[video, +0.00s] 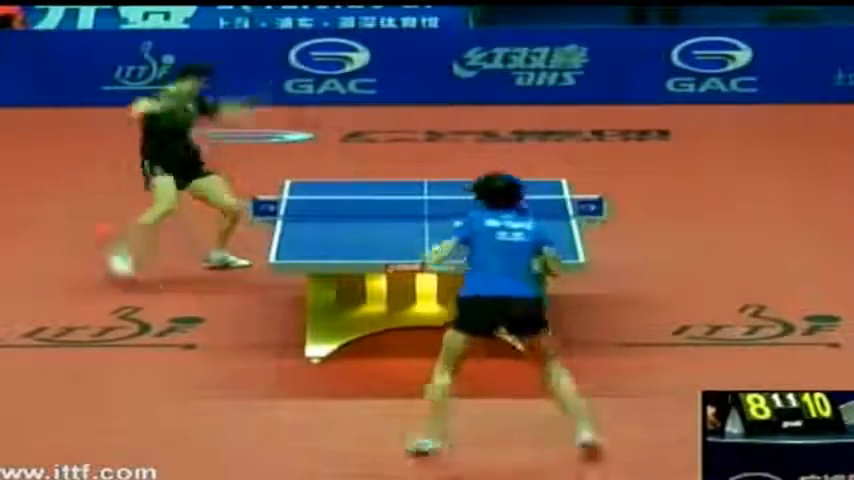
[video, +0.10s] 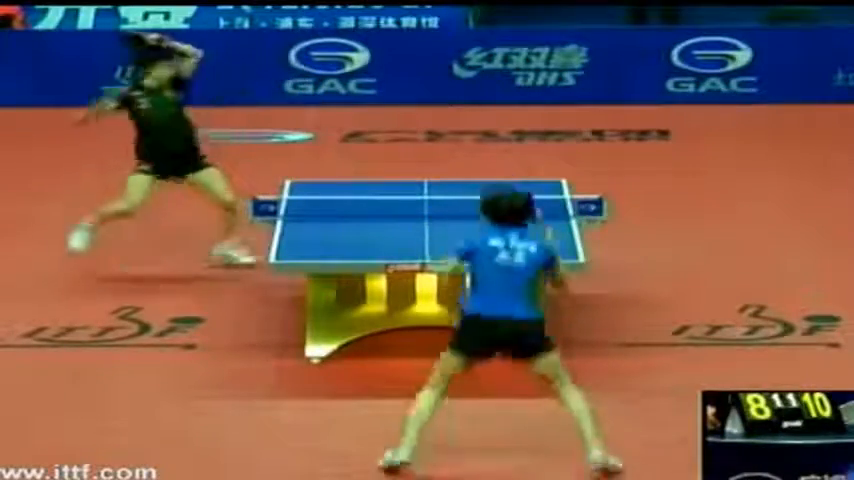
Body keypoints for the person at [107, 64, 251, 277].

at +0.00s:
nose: (196, 88)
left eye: (199, 84)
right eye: (193, 83)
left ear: (199, 86)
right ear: (182, 82)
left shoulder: (195, 101)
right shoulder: (163, 100)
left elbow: (216, 112)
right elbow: (146, 106)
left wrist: (242, 112)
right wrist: (142, 108)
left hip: (187, 163)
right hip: (160, 163)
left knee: (231, 208)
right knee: (166, 205)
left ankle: (218, 253)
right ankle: (123, 252)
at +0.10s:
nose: (168, 72)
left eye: (169, 68)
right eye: (163, 68)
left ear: (171, 70)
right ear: (151, 69)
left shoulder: (176, 87)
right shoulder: (133, 96)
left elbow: (194, 57)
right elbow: (108, 106)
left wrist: (166, 44)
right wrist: (92, 113)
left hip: (188, 160)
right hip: (151, 163)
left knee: (230, 201)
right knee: (130, 206)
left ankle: (227, 246)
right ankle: (88, 226)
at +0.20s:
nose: (147, 80)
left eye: (149, 74)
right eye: (141, 75)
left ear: (153, 75)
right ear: (128, 78)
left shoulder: (160, 90)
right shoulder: (116, 102)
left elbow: (180, 73)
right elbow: (94, 112)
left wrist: (178, 61)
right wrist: (81, 119)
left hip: (176, 155)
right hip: (140, 163)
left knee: (227, 196)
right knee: (112, 213)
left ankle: (249, 234)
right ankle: (72, 230)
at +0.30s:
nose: (134, 98)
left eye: (136, 93)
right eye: (129, 93)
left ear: (139, 94)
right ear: (116, 96)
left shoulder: (148, 110)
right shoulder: (101, 119)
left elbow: (174, 107)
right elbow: (73, 142)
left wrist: (187, 102)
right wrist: (76, 150)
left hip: (154, 170)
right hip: (119, 176)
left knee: (215, 190)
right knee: (96, 228)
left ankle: (257, 210)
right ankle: (64, 246)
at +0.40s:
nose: (136, 108)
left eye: (138, 102)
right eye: (131, 103)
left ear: (140, 104)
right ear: (117, 105)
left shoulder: (149, 120)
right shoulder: (101, 124)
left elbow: (178, 133)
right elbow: (79, 149)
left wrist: (188, 124)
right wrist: (98, 159)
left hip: (154, 171)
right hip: (120, 177)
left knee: (220, 192)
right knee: (96, 228)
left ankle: (263, 212)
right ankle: (63, 246)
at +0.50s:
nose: (167, 106)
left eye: (169, 101)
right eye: (162, 102)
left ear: (171, 104)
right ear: (149, 103)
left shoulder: (177, 121)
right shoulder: (131, 122)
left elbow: (192, 134)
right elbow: (112, 149)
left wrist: (207, 139)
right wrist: (142, 153)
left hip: (174, 172)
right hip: (138, 177)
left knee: (223, 199)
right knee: (105, 225)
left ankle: (267, 224)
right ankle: (66, 244)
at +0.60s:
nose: (201, 102)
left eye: (203, 98)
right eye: (195, 98)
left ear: (205, 100)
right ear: (182, 99)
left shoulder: (210, 118)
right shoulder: (162, 119)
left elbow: (229, 134)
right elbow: (137, 143)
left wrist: (240, 138)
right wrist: (168, 149)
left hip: (193, 170)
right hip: (157, 173)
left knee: (239, 200)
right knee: (122, 217)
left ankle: (278, 239)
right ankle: (70, 239)